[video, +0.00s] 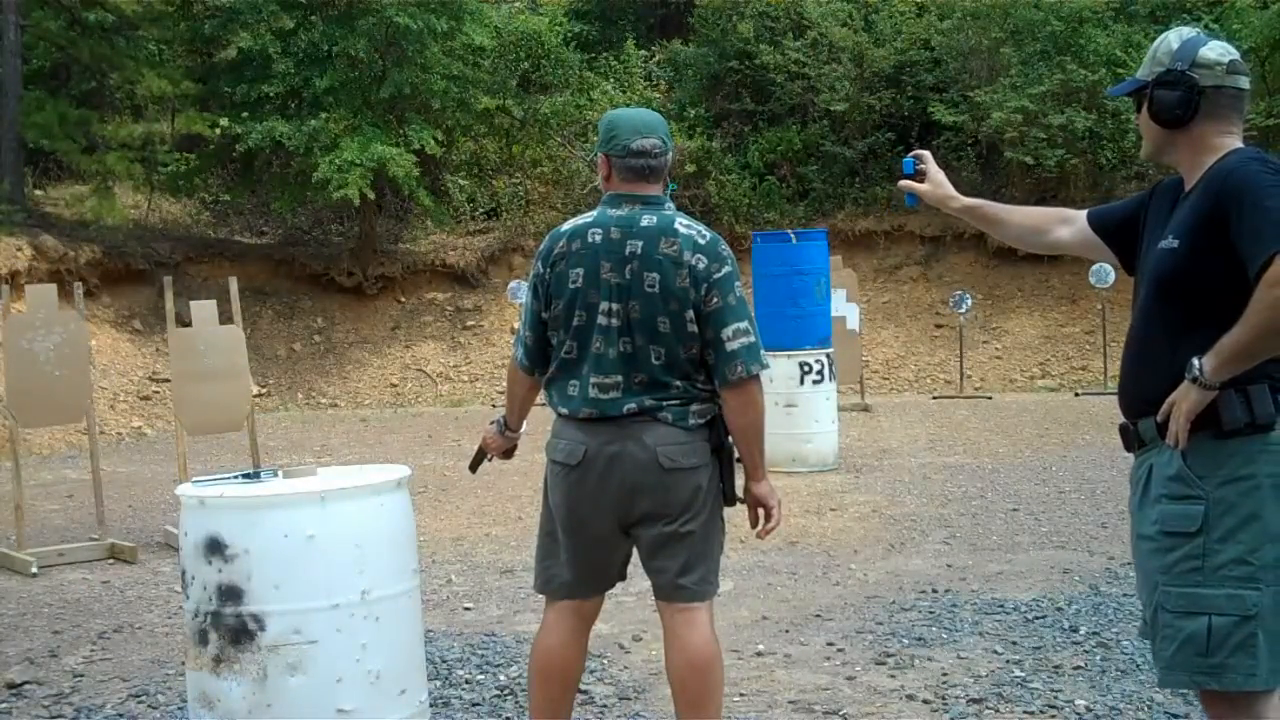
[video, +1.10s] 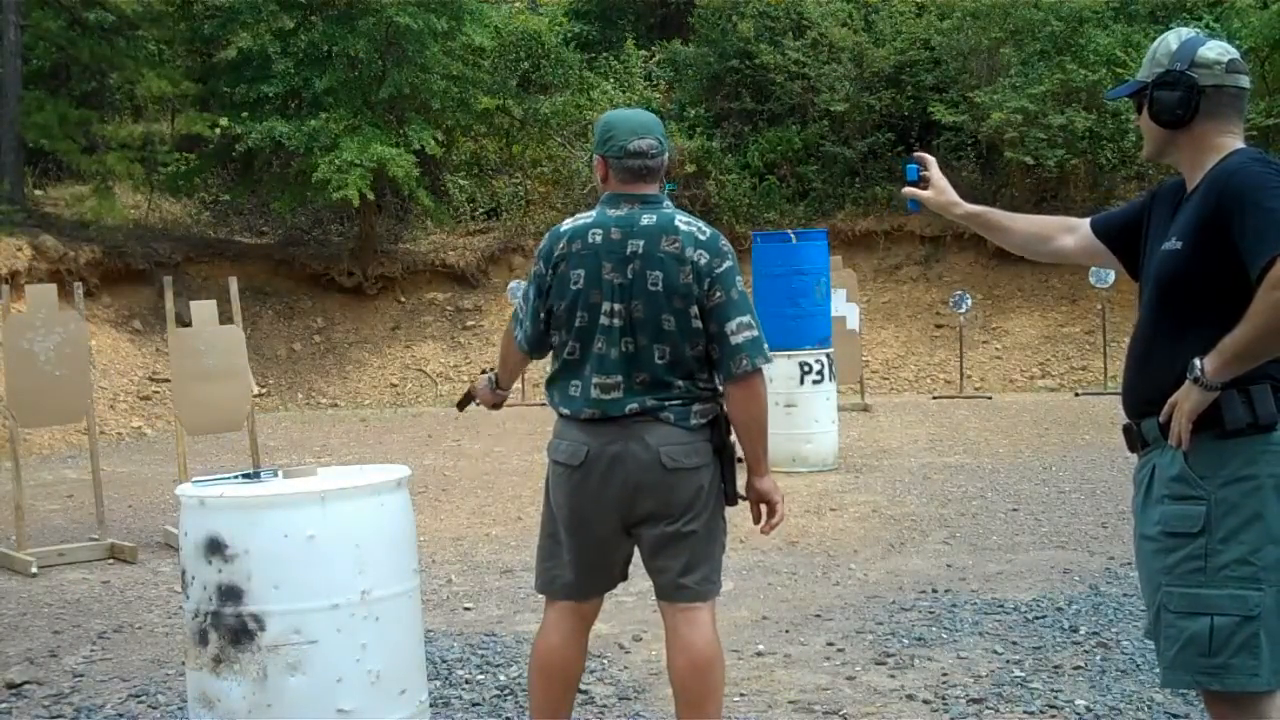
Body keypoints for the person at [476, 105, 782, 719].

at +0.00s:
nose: (597, 170)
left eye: (598, 162)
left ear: (605, 169)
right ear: (669, 168)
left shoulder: (561, 244)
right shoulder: (704, 248)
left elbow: (530, 356)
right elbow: (739, 375)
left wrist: (508, 426)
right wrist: (756, 473)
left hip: (582, 452)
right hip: (678, 452)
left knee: (568, 607)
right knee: (687, 609)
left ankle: (547, 715)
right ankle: (701, 715)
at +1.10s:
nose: (593, 171)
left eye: (594, 163)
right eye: (597, 162)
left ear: (602, 169)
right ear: (666, 168)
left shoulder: (563, 242)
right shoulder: (705, 245)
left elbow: (525, 333)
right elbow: (743, 370)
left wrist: (500, 383)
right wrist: (759, 469)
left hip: (583, 451)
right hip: (680, 452)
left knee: (567, 607)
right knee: (690, 610)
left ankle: (547, 715)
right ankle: (701, 715)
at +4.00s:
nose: (582, 172)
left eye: (583, 164)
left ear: (591, 172)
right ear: (655, 167)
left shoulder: (557, 233)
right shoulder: (698, 242)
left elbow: (521, 238)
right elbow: (744, 366)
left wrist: (510, 225)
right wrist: (772, 461)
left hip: (584, 447)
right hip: (680, 451)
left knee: (568, 609)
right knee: (691, 610)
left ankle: (546, 717)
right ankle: (701, 716)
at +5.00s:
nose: (583, 174)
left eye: (585, 167)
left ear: (590, 172)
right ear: (656, 167)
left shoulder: (562, 234)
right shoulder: (696, 240)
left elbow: (528, 235)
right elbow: (745, 365)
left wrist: (530, 229)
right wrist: (776, 456)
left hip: (584, 446)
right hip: (681, 450)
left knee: (569, 606)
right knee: (693, 611)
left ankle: (547, 715)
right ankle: (703, 719)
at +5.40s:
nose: (585, 175)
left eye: (586, 167)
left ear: (593, 172)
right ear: (660, 168)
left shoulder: (563, 234)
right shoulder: (700, 242)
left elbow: (549, 232)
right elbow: (746, 368)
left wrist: (595, 199)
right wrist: (777, 459)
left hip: (585, 446)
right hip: (682, 451)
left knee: (570, 607)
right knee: (693, 611)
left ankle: (548, 714)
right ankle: (703, 717)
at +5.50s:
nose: (587, 173)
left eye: (589, 166)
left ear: (596, 171)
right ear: (662, 168)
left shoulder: (566, 233)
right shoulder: (700, 243)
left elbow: (540, 235)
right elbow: (747, 368)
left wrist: (544, 227)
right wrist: (777, 459)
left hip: (585, 445)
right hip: (683, 451)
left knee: (571, 606)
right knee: (693, 610)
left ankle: (548, 715)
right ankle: (703, 718)